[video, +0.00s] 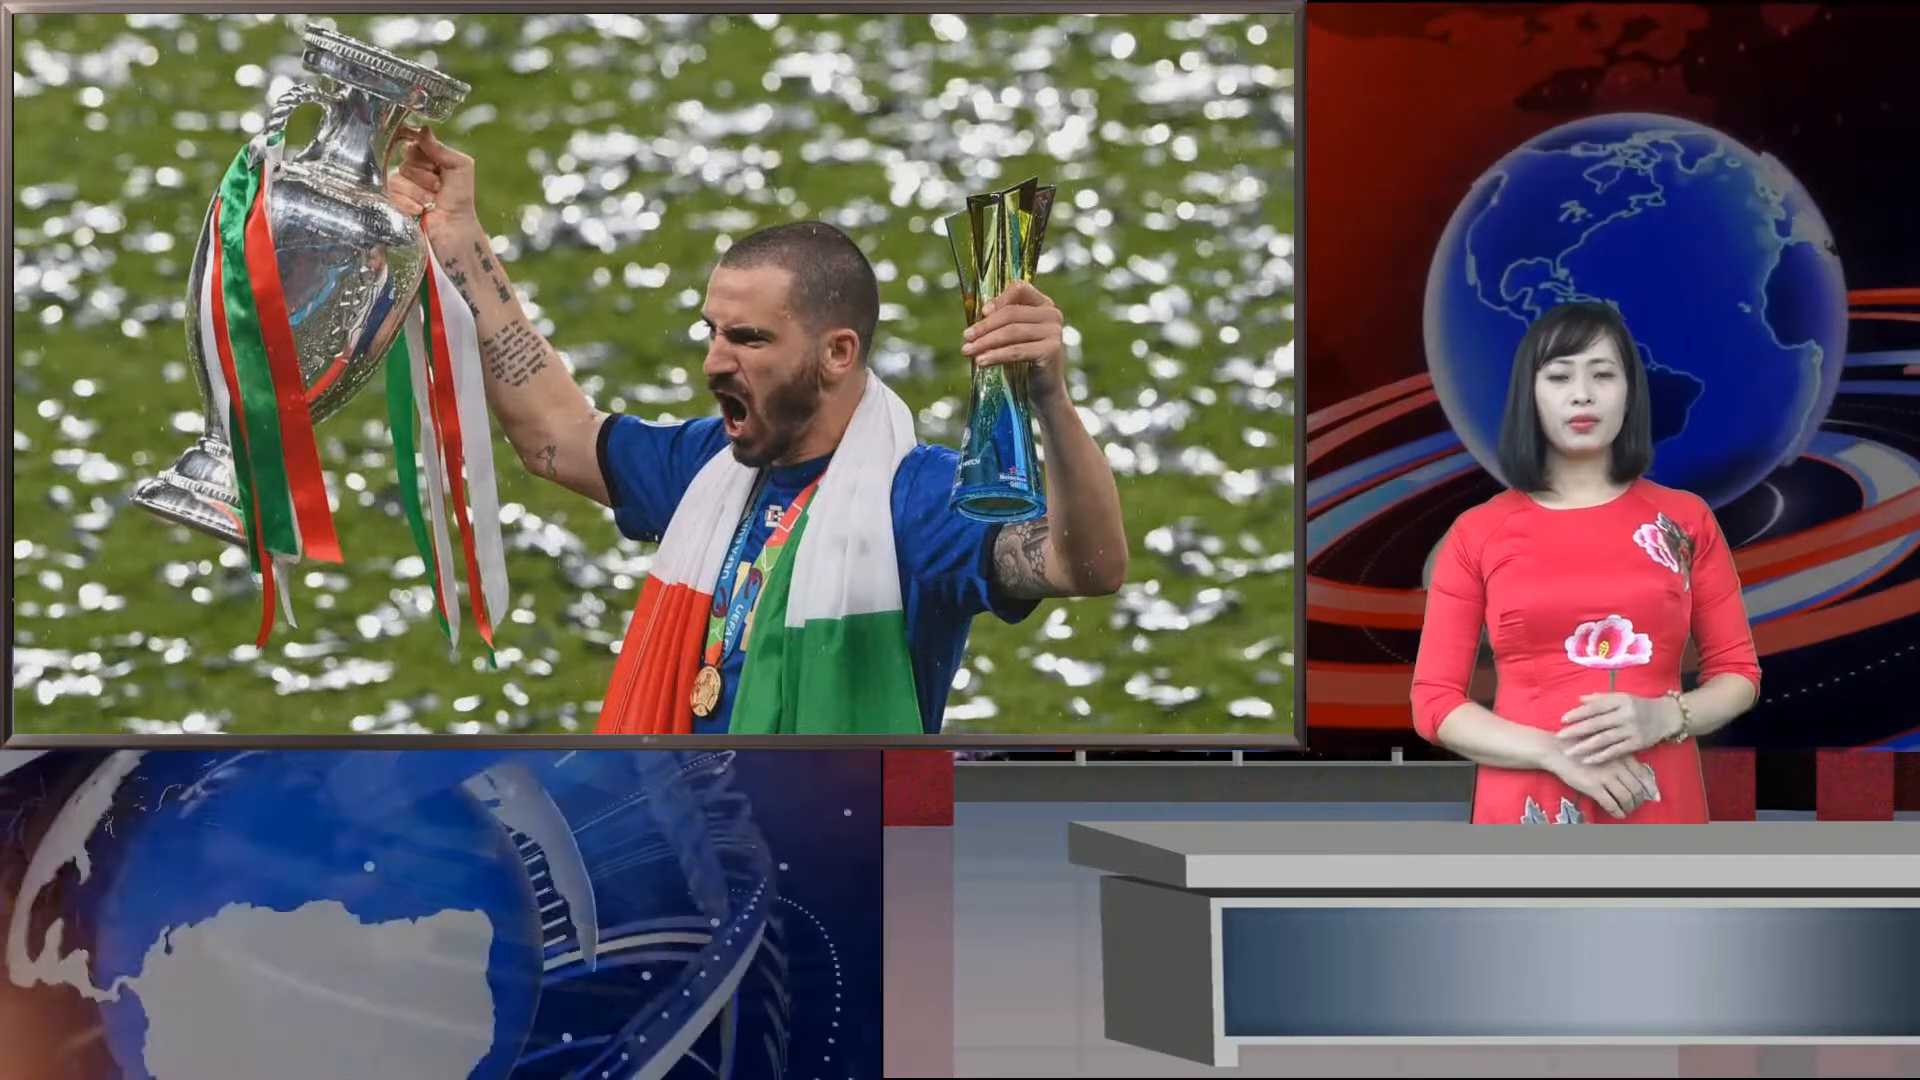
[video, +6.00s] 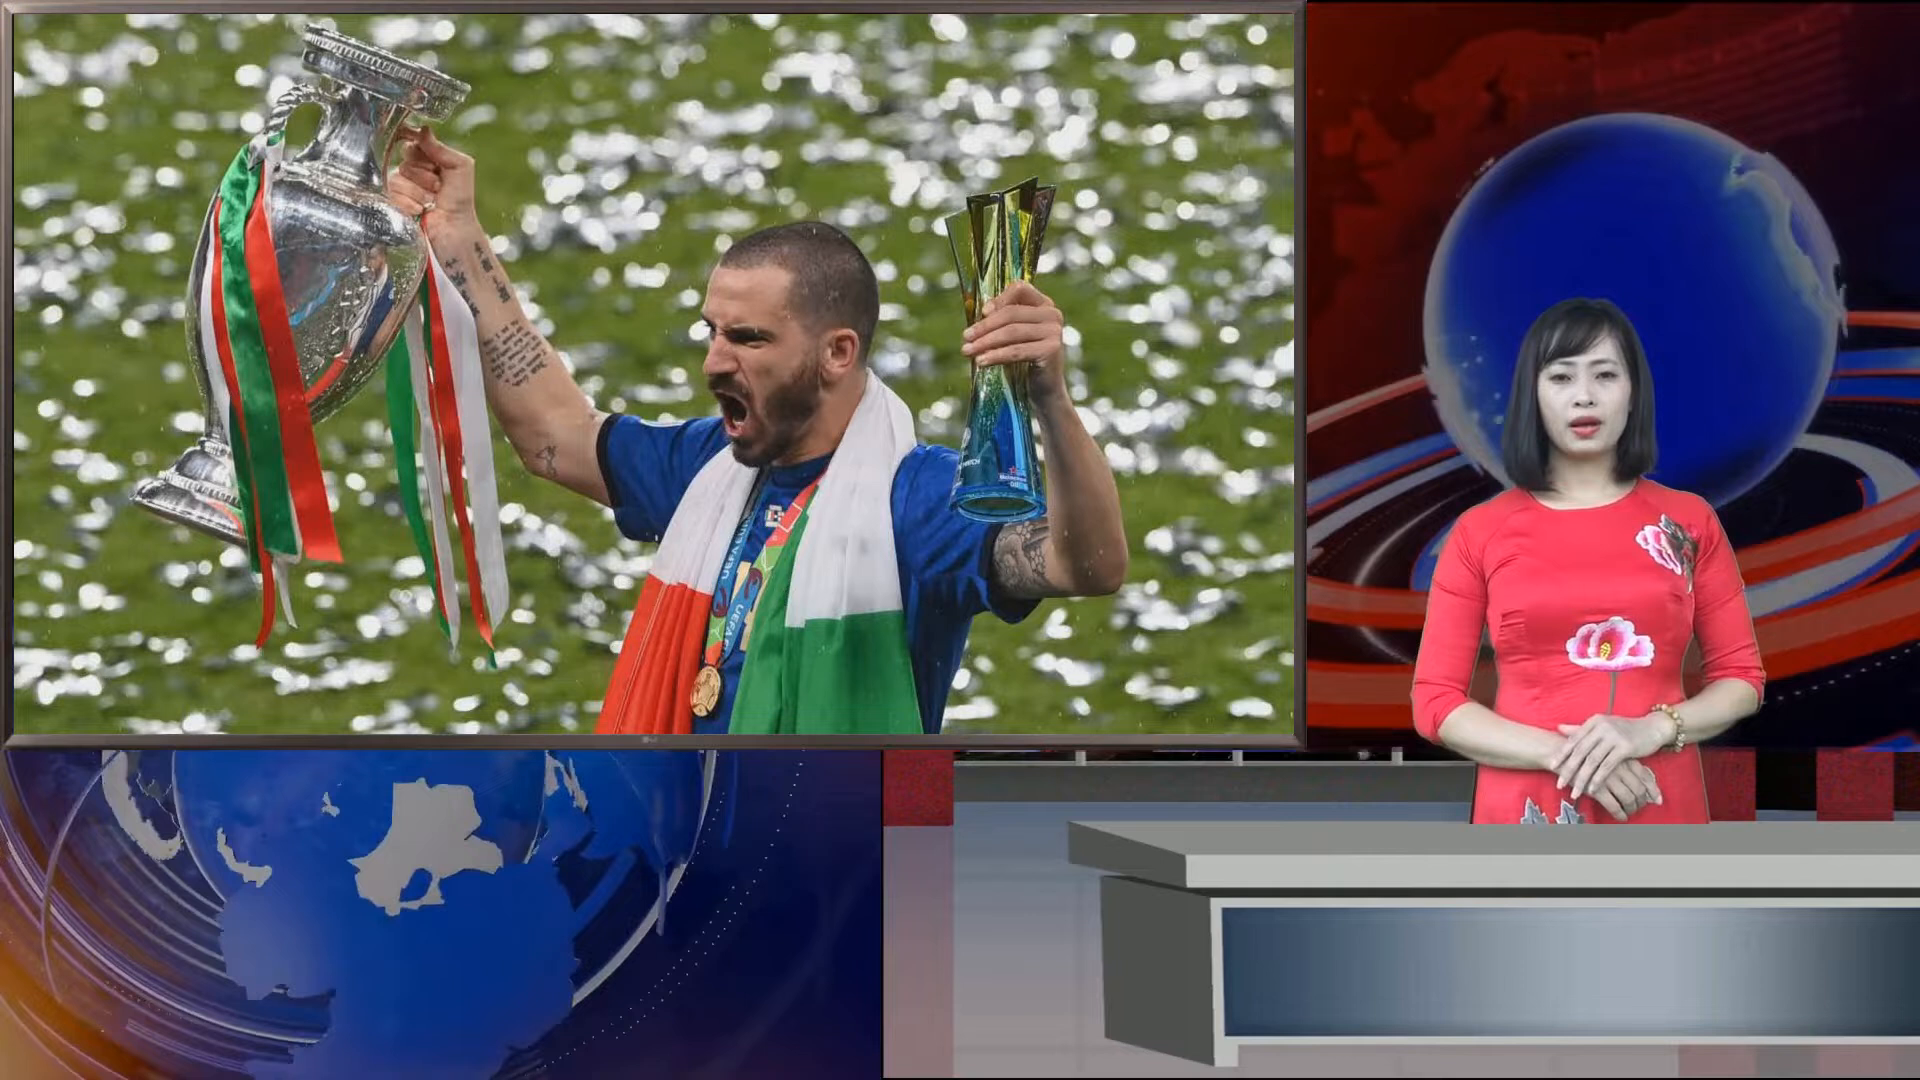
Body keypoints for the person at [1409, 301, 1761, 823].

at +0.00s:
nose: (1582, 394)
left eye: (1602, 375)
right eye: (1560, 376)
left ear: (1629, 392)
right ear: (1531, 393)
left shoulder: (1685, 521)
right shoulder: (1478, 535)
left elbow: (1738, 676)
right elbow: (1434, 700)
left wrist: (1659, 718)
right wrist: (1553, 751)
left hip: (1663, 823)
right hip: (1524, 823)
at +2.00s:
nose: (1579, 393)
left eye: (1601, 374)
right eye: (1558, 375)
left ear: (1628, 392)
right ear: (1530, 393)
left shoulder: (1683, 521)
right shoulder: (1478, 533)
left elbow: (1737, 679)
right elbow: (1432, 701)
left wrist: (1650, 727)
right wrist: (1565, 751)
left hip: (1661, 823)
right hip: (1521, 824)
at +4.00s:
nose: (1578, 393)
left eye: (1601, 373)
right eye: (1557, 374)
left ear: (1630, 392)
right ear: (1530, 391)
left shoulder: (1685, 521)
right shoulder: (1477, 533)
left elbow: (1738, 680)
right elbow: (1431, 702)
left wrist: (1650, 729)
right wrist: (1565, 753)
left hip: (1661, 824)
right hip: (1521, 825)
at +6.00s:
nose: (1584, 396)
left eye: (1605, 375)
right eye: (1562, 377)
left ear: (1633, 392)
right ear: (1533, 393)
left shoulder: (1688, 522)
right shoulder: (1481, 534)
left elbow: (1741, 681)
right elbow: (1435, 702)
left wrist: (1652, 728)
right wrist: (1568, 753)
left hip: (1663, 824)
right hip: (1523, 824)